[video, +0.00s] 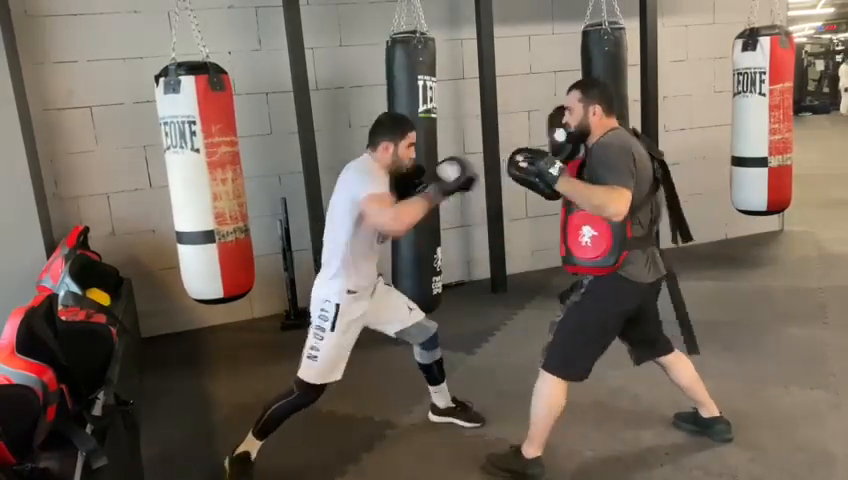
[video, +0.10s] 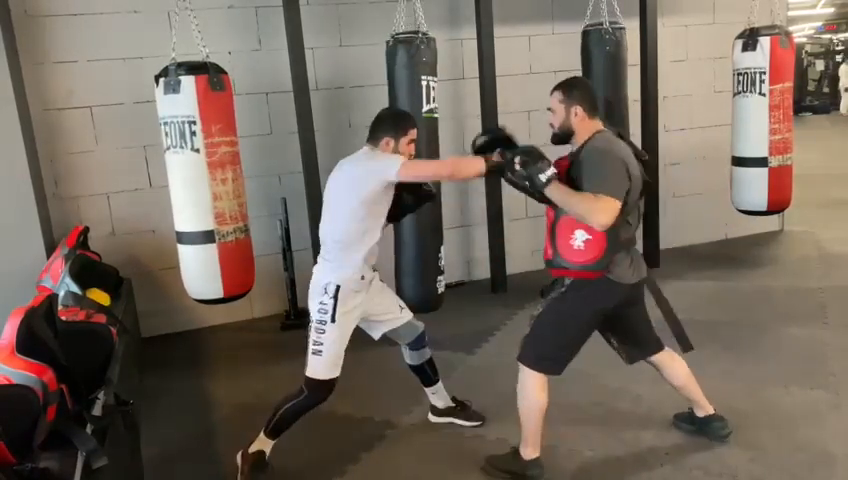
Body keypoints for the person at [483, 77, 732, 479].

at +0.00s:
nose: (567, 119)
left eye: (571, 110)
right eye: (566, 111)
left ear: (595, 110)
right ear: (603, 112)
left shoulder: (609, 148)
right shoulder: (629, 144)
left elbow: (616, 204)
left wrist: (556, 178)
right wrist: (569, 158)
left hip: (615, 278)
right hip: (644, 274)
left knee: (557, 364)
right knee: (660, 348)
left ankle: (529, 454)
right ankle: (712, 415)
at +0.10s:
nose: (550, 118)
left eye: (553, 110)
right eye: (550, 110)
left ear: (576, 111)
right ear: (582, 111)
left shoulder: (602, 152)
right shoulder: (594, 147)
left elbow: (600, 214)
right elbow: (561, 190)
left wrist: (544, 182)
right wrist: (511, 157)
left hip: (594, 281)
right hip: (621, 275)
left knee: (534, 360)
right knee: (653, 349)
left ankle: (527, 456)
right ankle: (707, 414)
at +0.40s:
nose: (509, 128)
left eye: (511, 120)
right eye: (508, 120)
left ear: (532, 119)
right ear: (547, 119)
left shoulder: (526, 153)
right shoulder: (584, 147)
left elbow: (471, 195)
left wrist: (443, 173)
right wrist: (512, 215)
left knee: (513, 361)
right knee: (629, 344)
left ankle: (524, 455)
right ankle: (661, 413)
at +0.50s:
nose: (512, 122)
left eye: (514, 114)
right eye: (511, 114)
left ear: (535, 113)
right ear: (549, 113)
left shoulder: (550, 150)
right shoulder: (576, 141)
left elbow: (536, 215)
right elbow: (565, 201)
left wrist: (498, 208)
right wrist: (519, 185)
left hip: (577, 277)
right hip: (608, 269)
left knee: (522, 361)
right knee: (618, 344)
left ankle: (526, 455)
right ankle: (662, 413)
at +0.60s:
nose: (525, 121)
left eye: (528, 113)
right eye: (524, 114)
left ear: (549, 112)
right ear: (556, 112)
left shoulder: (577, 151)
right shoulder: (565, 148)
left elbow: (589, 214)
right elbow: (541, 205)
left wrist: (532, 247)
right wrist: (501, 177)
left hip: (582, 279)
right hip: (604, 273)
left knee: (522, 358)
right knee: (616, 345)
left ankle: (526, 452)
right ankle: (663, 412)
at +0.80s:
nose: (524, 130)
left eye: (526, 123)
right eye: (523, 123)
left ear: (545, 119)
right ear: (563, 120)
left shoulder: (541, 149)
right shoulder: (594, 147)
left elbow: (501, 189)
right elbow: (622, 198)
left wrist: (431, 194)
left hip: (577, 273)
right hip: (621, 271)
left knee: (520, 362)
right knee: (625, 341)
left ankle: (514, 462)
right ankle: (664, 413)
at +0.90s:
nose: (514, 142)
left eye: (517, 132)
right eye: (514, 133)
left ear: (538, 128)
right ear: (551, 130)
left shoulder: (534, 160)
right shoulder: (588, 157)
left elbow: (496, 208)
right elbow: (628, 213)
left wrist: (426, 207)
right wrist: (593, 247)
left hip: (570, 283)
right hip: (609, 280)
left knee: (512, 369)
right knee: (617, 347)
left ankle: (512, 466)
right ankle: (663, 413)